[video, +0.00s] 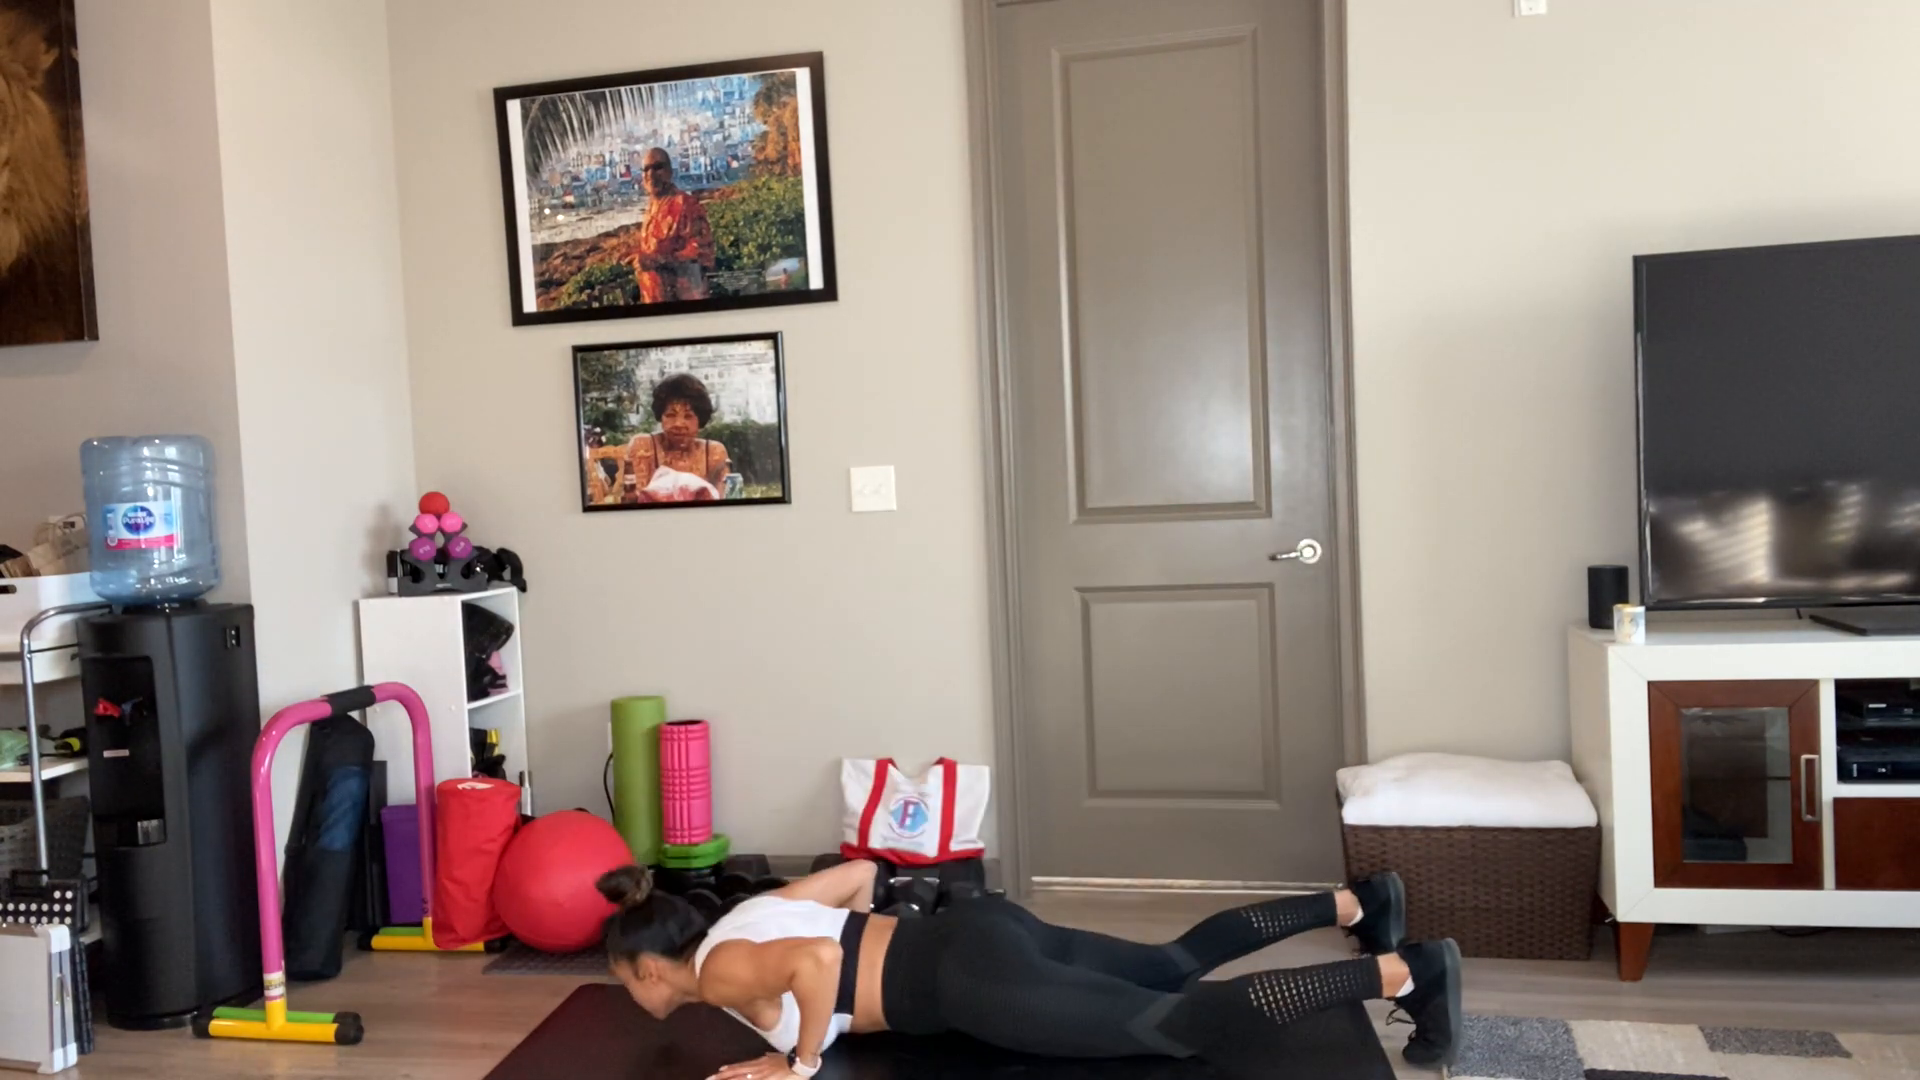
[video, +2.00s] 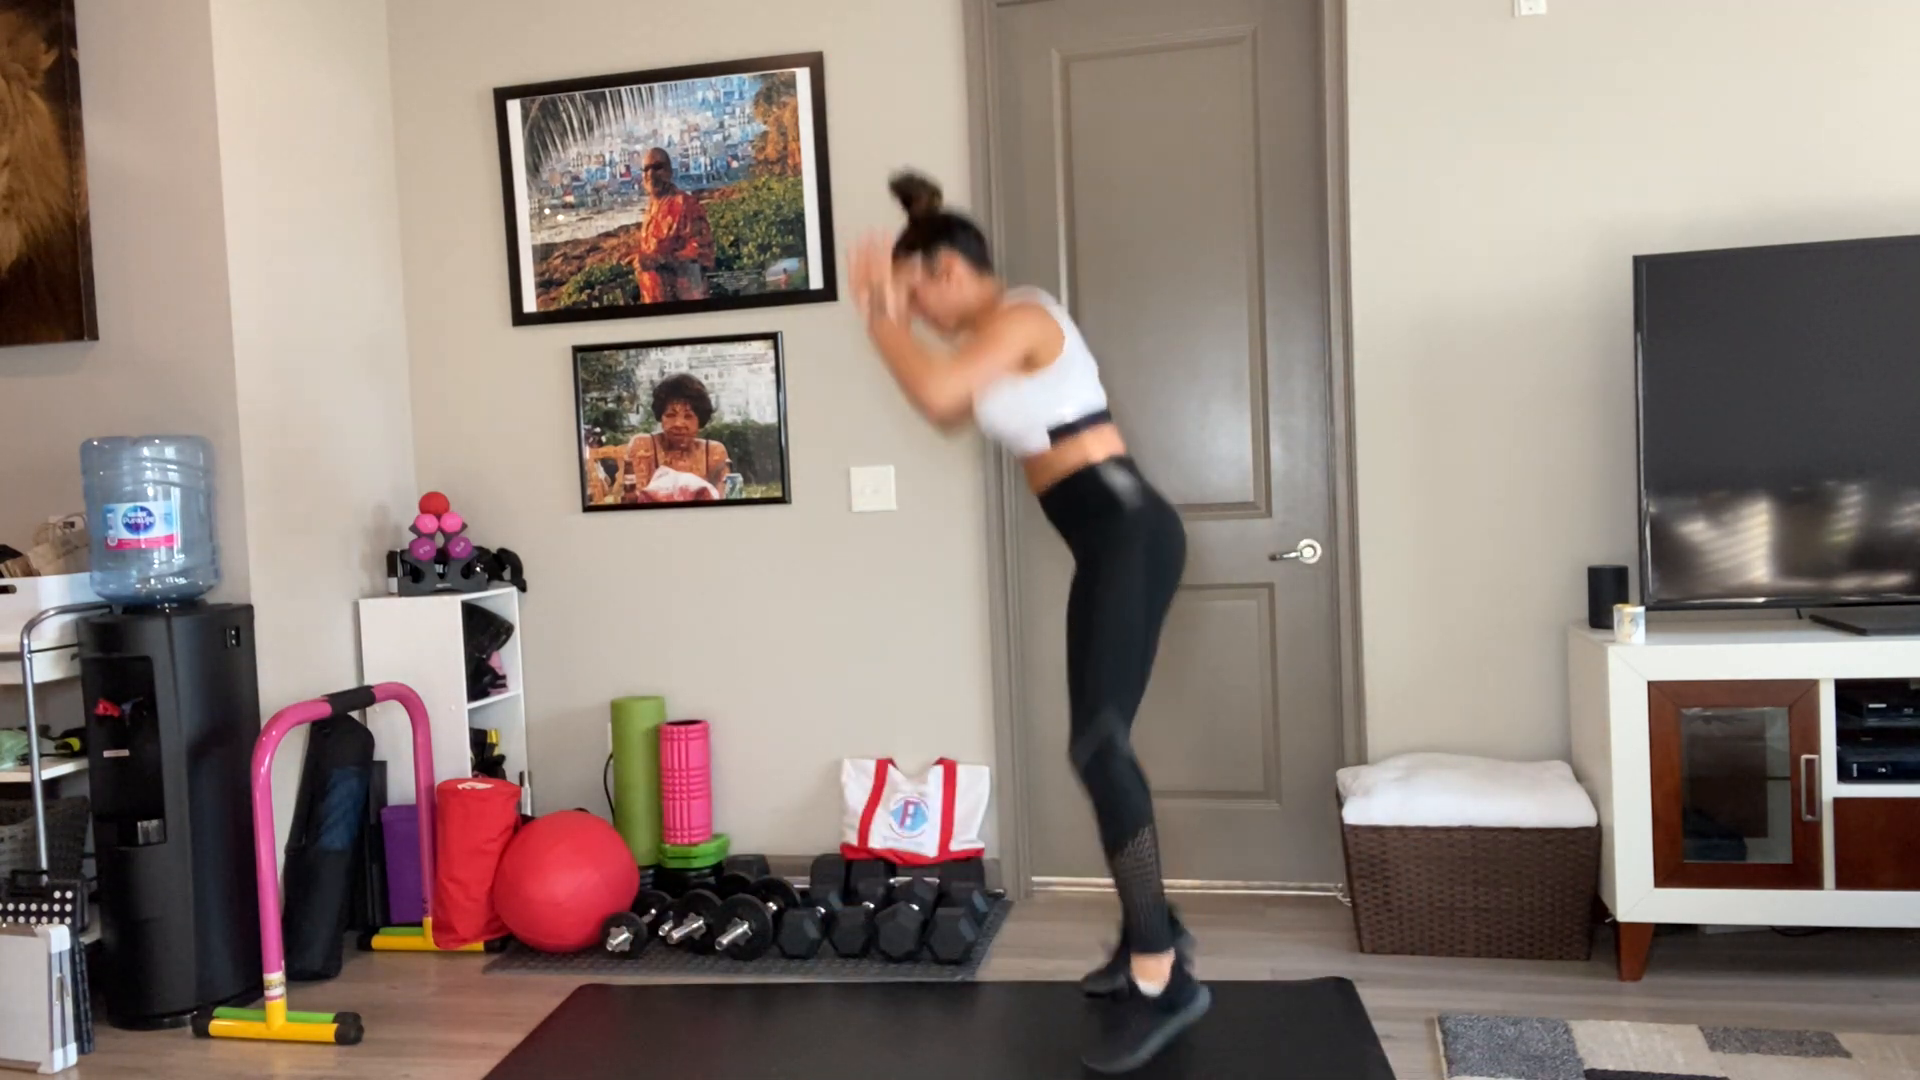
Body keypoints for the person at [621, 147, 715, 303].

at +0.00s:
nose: (650, 174)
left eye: (657, 167)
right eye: (646, 169)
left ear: (670, 172)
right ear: (642, 176)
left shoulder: (687, 205)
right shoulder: (653, 206)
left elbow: (703, 255)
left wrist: (655, 260)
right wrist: (638, 257)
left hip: (683, 297)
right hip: (655, 297)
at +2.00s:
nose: (650, 174)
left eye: (657, 167)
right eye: (646, 169)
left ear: (670, 172)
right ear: (643, 175)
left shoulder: (685, 204)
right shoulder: (653, 206)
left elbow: (703, 254)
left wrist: (657, 260)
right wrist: (638, 257)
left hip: (682, 297)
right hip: (654, 297)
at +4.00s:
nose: (650, 174)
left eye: (657, 167)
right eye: (646, 169)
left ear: (669, 171)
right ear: (642, 176)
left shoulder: (686, 204)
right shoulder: (654, 206)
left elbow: (702, 254)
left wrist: (657, 260)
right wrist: (638, 257)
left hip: (683, 297)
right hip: (655, 297)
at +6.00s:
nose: (650, 175)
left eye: (657, 167)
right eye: (645, 169)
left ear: (669, 172)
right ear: (642, 176)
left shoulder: (686, 204)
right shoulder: (654, 206)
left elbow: (703, 255)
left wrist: (657, 261)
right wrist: (638, 257)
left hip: (682, 297)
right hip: (655, 297)